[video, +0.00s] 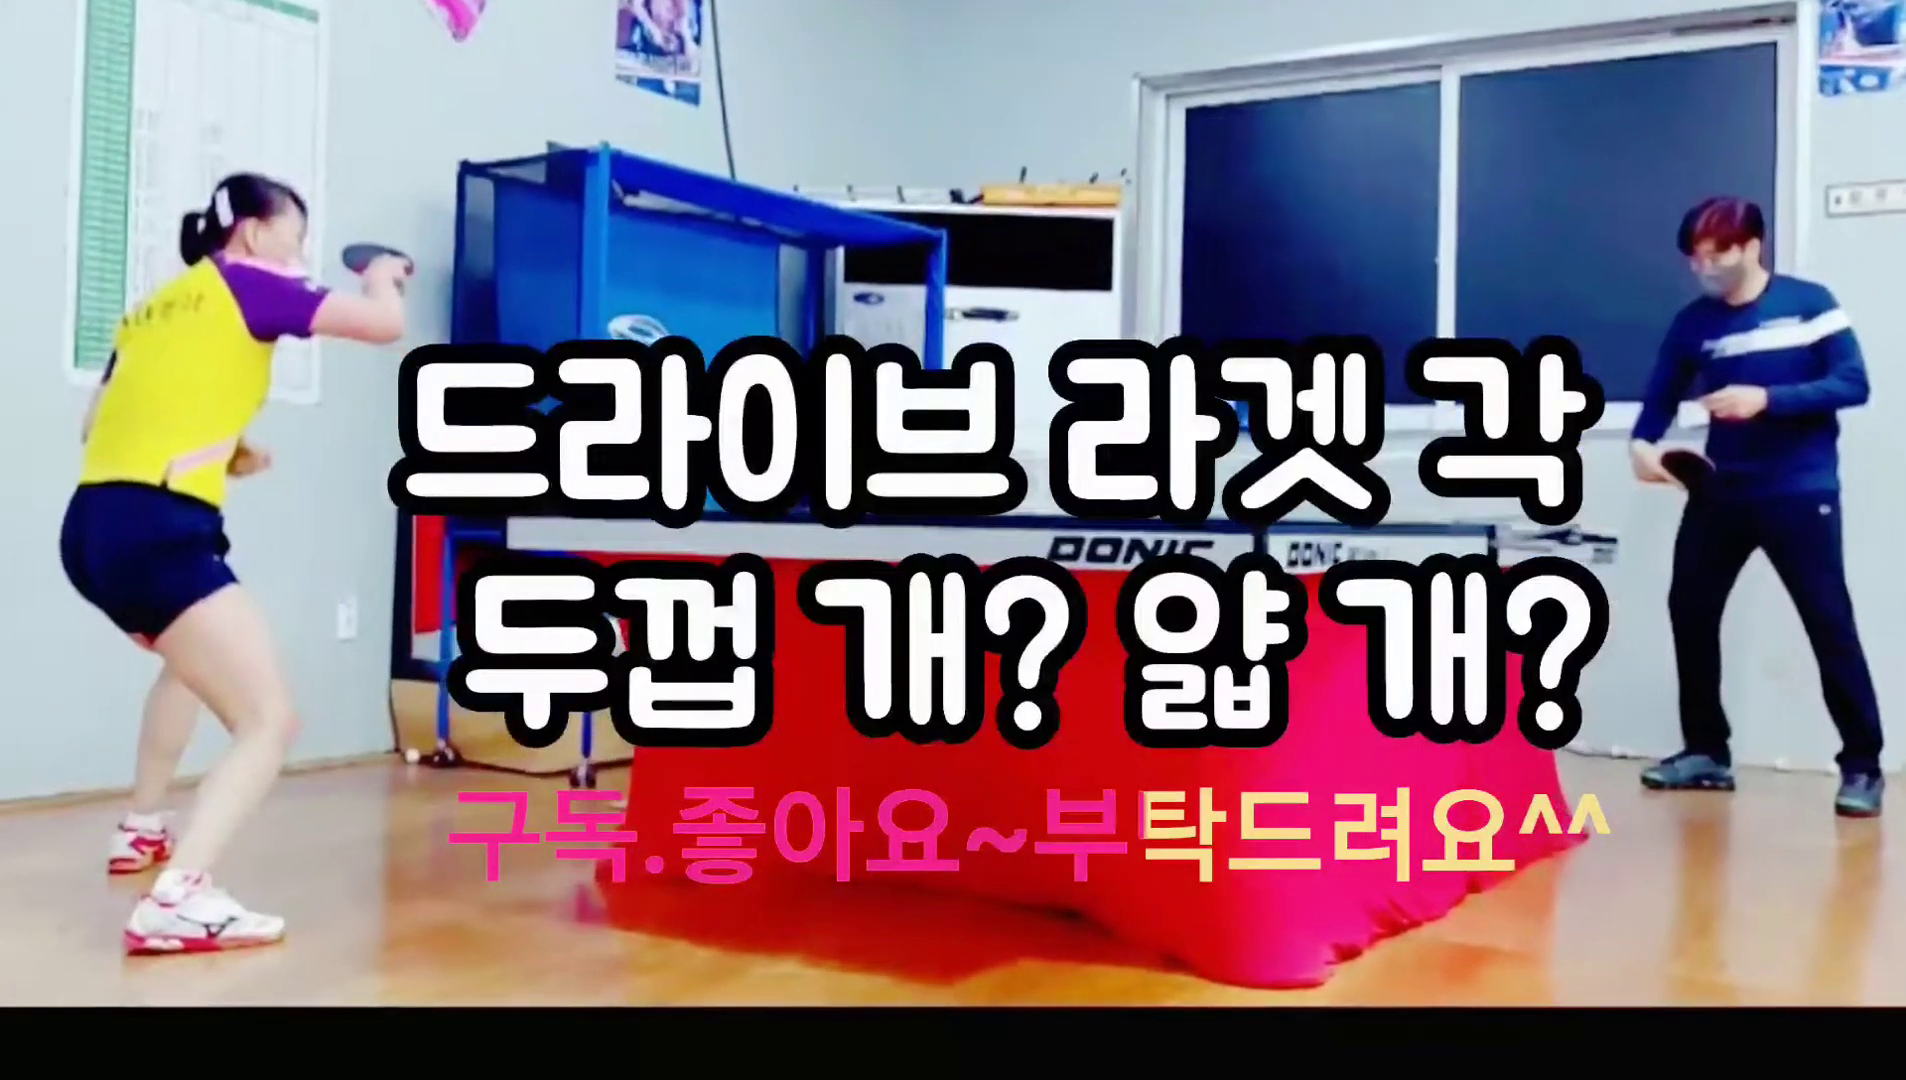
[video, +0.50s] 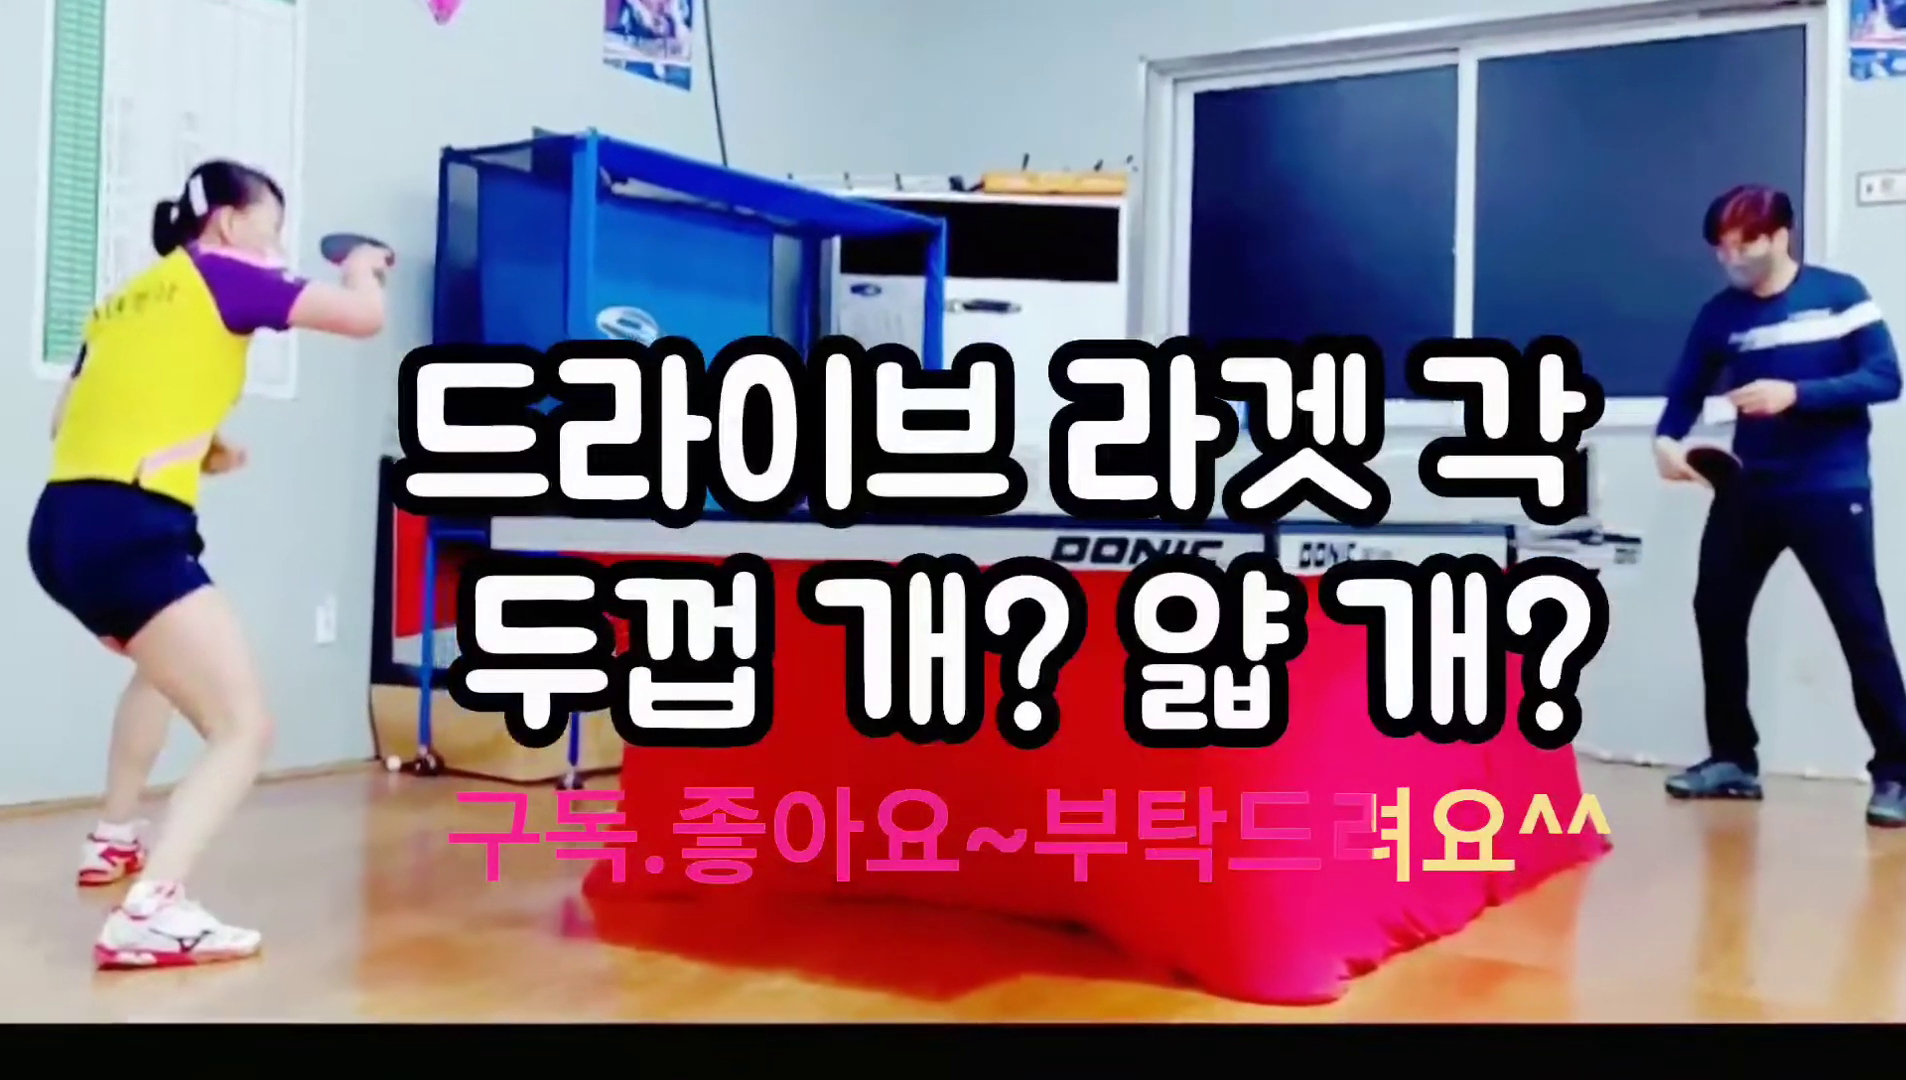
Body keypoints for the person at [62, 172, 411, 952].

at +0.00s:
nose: (299, 253)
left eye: (301, 240)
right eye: (294, 236)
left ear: (229, 233)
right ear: (250, 229)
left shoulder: (154, 306)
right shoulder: (247, 284)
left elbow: (106, 426)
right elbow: (386, 325)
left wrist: (219, 455)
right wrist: (382, 279)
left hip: (90, 525)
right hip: (159, 525)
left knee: (189, 663)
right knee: (268, 721)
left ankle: (144, 824)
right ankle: (180, 893)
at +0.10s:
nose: (296, 252)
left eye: (298, 239)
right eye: (290, 235)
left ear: (224, 232)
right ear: (245, 228)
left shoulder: (150, 304)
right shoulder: (243, 283)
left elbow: (98, 426)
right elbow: (380, 324)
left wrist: (215, 455)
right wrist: (379, 278)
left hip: (84, 525)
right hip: (153, 525)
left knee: (184, 663)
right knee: (264, 724)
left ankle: (140, 826)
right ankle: (176, 896)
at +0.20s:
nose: (290, 251)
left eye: (292, 238)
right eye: (284, 234)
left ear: (217, 231)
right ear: (239, 226)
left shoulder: (141, 304)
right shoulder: (237, 281)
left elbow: (91, 427)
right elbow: (376, 321)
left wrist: (208, 456)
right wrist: (374, 275)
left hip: (77, 526)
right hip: (147, 526)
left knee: (177, 664)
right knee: (259, 724)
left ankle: (132, 829)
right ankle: (170, 899)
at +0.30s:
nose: (286, 249)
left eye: (288, 235)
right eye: (280, 232)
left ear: (213, 228)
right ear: (235, 224)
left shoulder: (136, 303)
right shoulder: (233, 279)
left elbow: (87, 427)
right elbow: (372, 320)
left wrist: (204, 455)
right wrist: (371, 273)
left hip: (71, 525)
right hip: (142, 525)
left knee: (172, 665)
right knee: (254, 725)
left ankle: (127, 831)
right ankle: (165, 900)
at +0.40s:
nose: (281, 245)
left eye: (283, 231)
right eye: (275, 227)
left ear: (207, 226)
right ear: (229, 221)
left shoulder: (130, 300)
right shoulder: (226, 277)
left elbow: (79, 426)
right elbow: (367, 318)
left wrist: (197, 452)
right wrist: (366, 271)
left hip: (64, 525)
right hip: (135, 525)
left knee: (166, 666)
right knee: (247, 727)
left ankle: (121, 833)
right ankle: (158, 904)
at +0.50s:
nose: (279, 242)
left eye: (280, 227)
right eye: (272, 224)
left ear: (203, 224)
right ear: (225, 219)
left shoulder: (126, 298)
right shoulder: (223, 275)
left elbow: (74, 423)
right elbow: (363, 317)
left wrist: (193, 450)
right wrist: (363, 271)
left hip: (59, 525)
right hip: (130, 525)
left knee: (160, 666)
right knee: (243, 728)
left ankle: (116, 834)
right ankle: (153, 905)